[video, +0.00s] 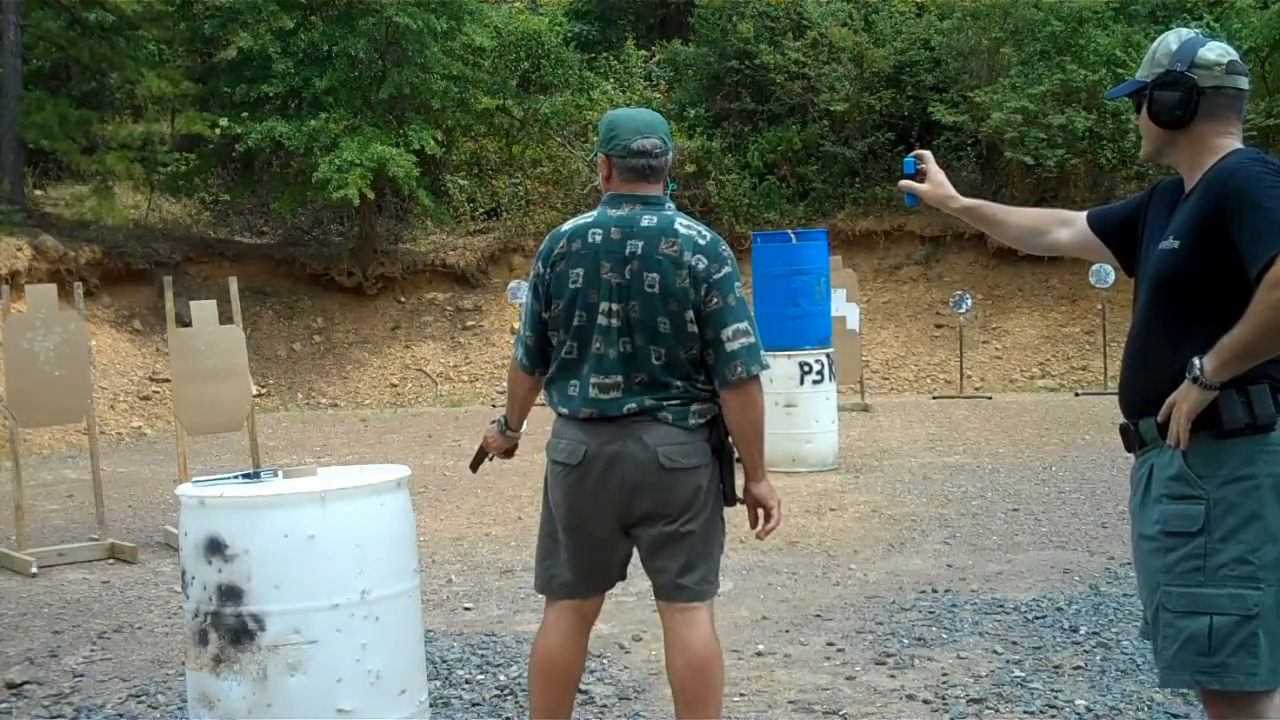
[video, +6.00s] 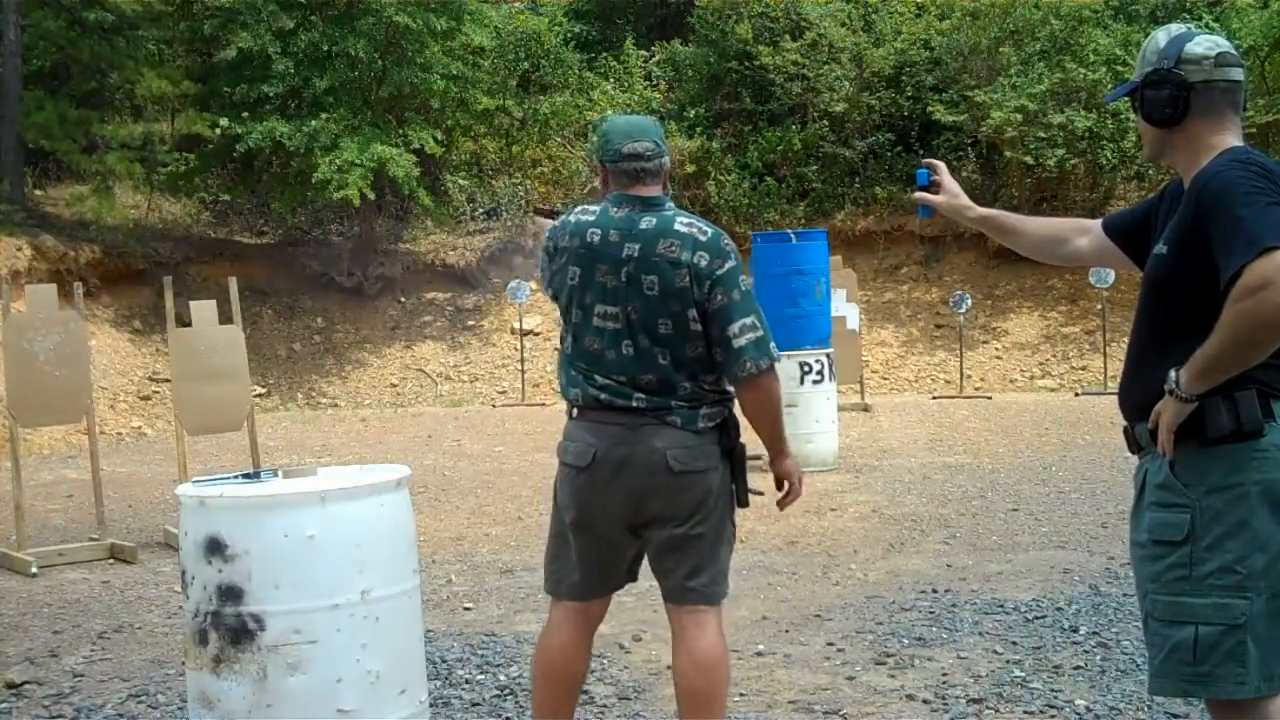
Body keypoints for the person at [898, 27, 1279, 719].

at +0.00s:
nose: (1138, 114)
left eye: (1144, 100)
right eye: (1139, 101)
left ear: (1174, 102)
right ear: (1212, 104)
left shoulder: (1246, 180)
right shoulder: (1166, 201)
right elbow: (1059, 230)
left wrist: (1209, 374)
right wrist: (952, 202)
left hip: (1226, 458)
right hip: (1178, 457)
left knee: (1239, 689)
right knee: (1226, 682)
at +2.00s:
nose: (1150, 116)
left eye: (1154, 101)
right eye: (1151, 102)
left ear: (1179, 102)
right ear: (1232, 99)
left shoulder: (1246, 179)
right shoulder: (1196, 194)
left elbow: (1273, 284)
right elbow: (1091, 236)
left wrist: (1197, 382)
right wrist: (978, 209)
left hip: (1230, 462)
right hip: (1210, 456)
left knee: (1244, 693)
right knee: (1241, 687)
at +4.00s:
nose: (1145, 115)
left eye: (1150, 100)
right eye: (1146, 101)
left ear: (1177, 102)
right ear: (1223, 101)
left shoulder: (1242, 181)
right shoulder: (1191, 197)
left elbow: (1274, 283)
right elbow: (1084, 238)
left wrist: (1194, 381)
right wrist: (974, 213)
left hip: (1224, 462)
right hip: (1205, 457)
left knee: (1242, 692)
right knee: (1241, 685)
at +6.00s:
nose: (1137, 117)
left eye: (1142, 102)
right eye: (1138, 102)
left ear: (1169, 103)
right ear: (1218, 102)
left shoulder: (1234, 181)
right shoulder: (1186, 195)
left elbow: (1270, 288)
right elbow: (1082, 239)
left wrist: (1184, 388)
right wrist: (970, 213)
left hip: (1221, 462)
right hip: (1210, 456)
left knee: (1238, 693)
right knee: (1242, 686)